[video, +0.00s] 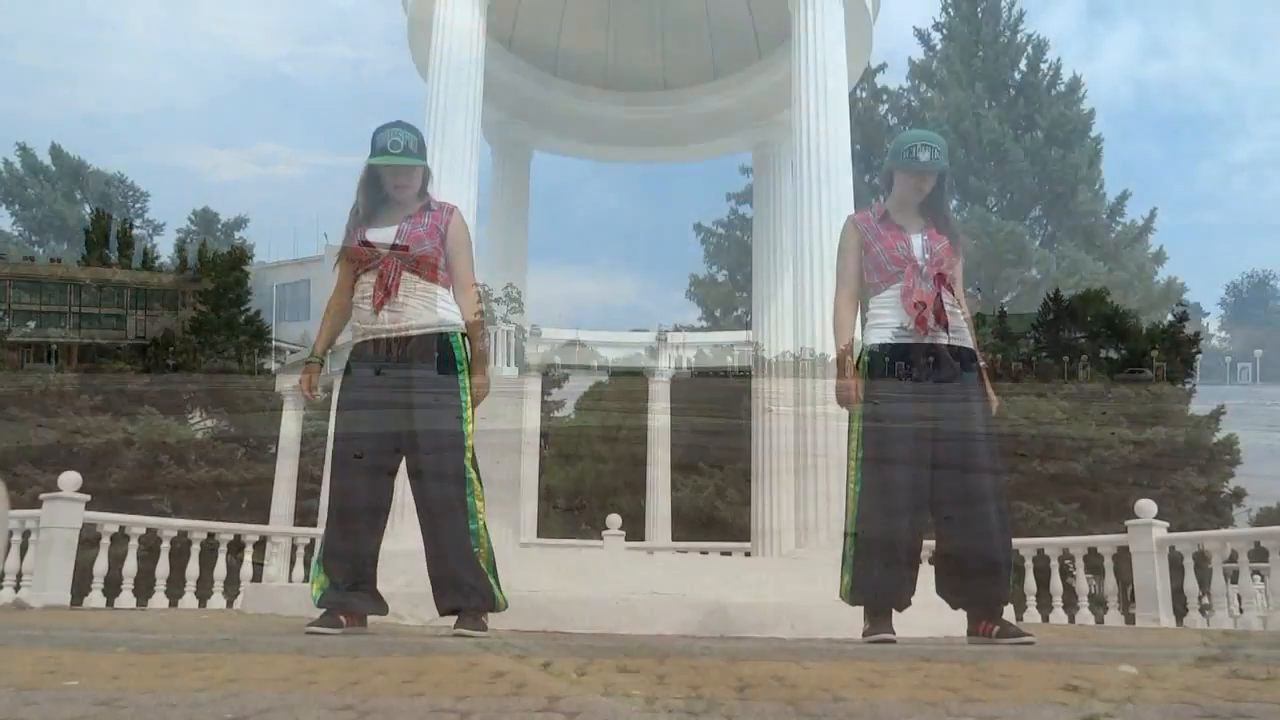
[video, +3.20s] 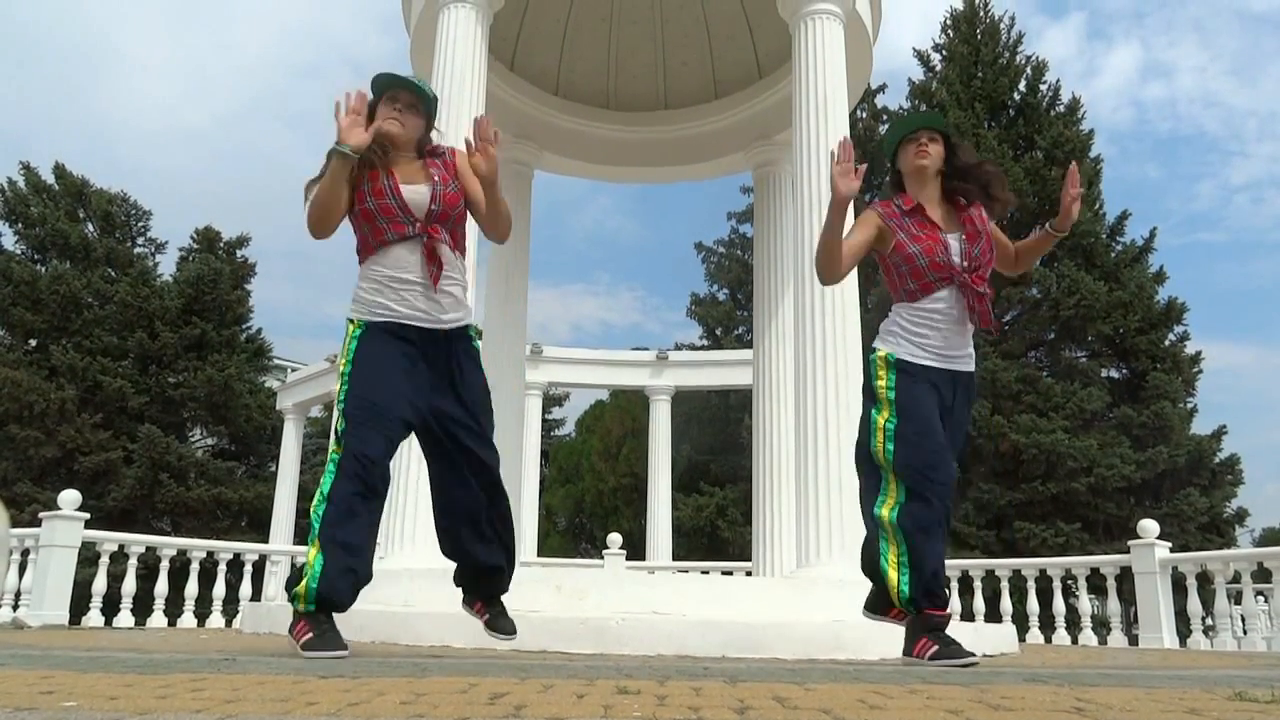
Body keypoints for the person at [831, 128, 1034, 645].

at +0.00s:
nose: (920, 179)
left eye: (930, 172)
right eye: (912, 168)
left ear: (939, 179)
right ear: (893, 168)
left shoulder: (947, 237)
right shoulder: (861, 227)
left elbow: (960, 311)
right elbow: (848, 297)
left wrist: (981, 376)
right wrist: (845, 362)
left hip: (954, 366)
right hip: (892, 366)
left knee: (973, 480)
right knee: (892, 483)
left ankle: (984, 615)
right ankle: (879, 613)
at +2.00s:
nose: (909, 180)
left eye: (919, 173)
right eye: (901, 174)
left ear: (934, 186)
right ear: (887, 186)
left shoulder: (955, 246)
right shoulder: (867, 248)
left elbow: (975, 316)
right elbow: (857, 321)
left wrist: (1003, 373)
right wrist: (859, 382)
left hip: (964, 379)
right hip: (901, 380)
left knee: (980, 498)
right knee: (899, 500)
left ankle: (986, 633)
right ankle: (880, 628)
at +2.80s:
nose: (922, 183)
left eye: (930, 176)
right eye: (912, 178)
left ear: (944, 188)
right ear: (898, 192)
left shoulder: (963, 247)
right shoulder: (878, 242)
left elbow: (975, 326)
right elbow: (838, 311)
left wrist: (996, 319)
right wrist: (879, 334)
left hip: (963, 386)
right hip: (902, 386)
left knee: (972, 506)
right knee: (917, 496)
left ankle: (936, 632)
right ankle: (890, 626)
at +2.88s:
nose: (927, 195)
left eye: (936, 189)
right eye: (917, 191)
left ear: (950, 204)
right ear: (904, 208)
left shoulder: (968, 263)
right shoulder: (885, 257)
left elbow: (985, 349)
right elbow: (856, 335)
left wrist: (995, 324)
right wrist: (929, 326)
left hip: (962, 397)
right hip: (899, 395)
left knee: (977, 507)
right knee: (943, 491)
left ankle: (939, 635)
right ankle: (904, 611)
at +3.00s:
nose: (927, 177)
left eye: (936, 172)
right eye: (917, 173)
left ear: (949, 190)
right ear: (902, 193)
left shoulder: (965, 243)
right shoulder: (887, 240)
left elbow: (993, 320)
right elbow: (899, 311)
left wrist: (999, 275)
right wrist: (971, 268)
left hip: (955, 383)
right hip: (900, 381)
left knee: (969, 489)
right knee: (938, 482)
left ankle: (938, 627)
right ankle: (926, 622)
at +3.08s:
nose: (921, 148)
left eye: (930, 143)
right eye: (911, 144)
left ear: (948, 162)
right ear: (895, 163)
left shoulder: (969, 213)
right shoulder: (883, 211)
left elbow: (1014, 276)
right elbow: (876, 278)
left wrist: (1021, 237)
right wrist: (926, 222)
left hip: (958, 363)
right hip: (905, 359)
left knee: (963, 481)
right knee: (927, 475)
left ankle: (935, 610)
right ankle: (931, 613)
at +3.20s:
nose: (924, 143)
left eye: (933, 138)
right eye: (913, 139)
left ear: (948, 156)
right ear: (897, 159)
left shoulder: (972, 213)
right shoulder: (885, 215)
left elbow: (1013, 262)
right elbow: (830, 271)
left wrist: (1057, 227)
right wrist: (840, 203)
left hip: (957, 370)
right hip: (902, 366)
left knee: (933, 484)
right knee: (927, 483)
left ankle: (889, 592)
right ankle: (925, 629)